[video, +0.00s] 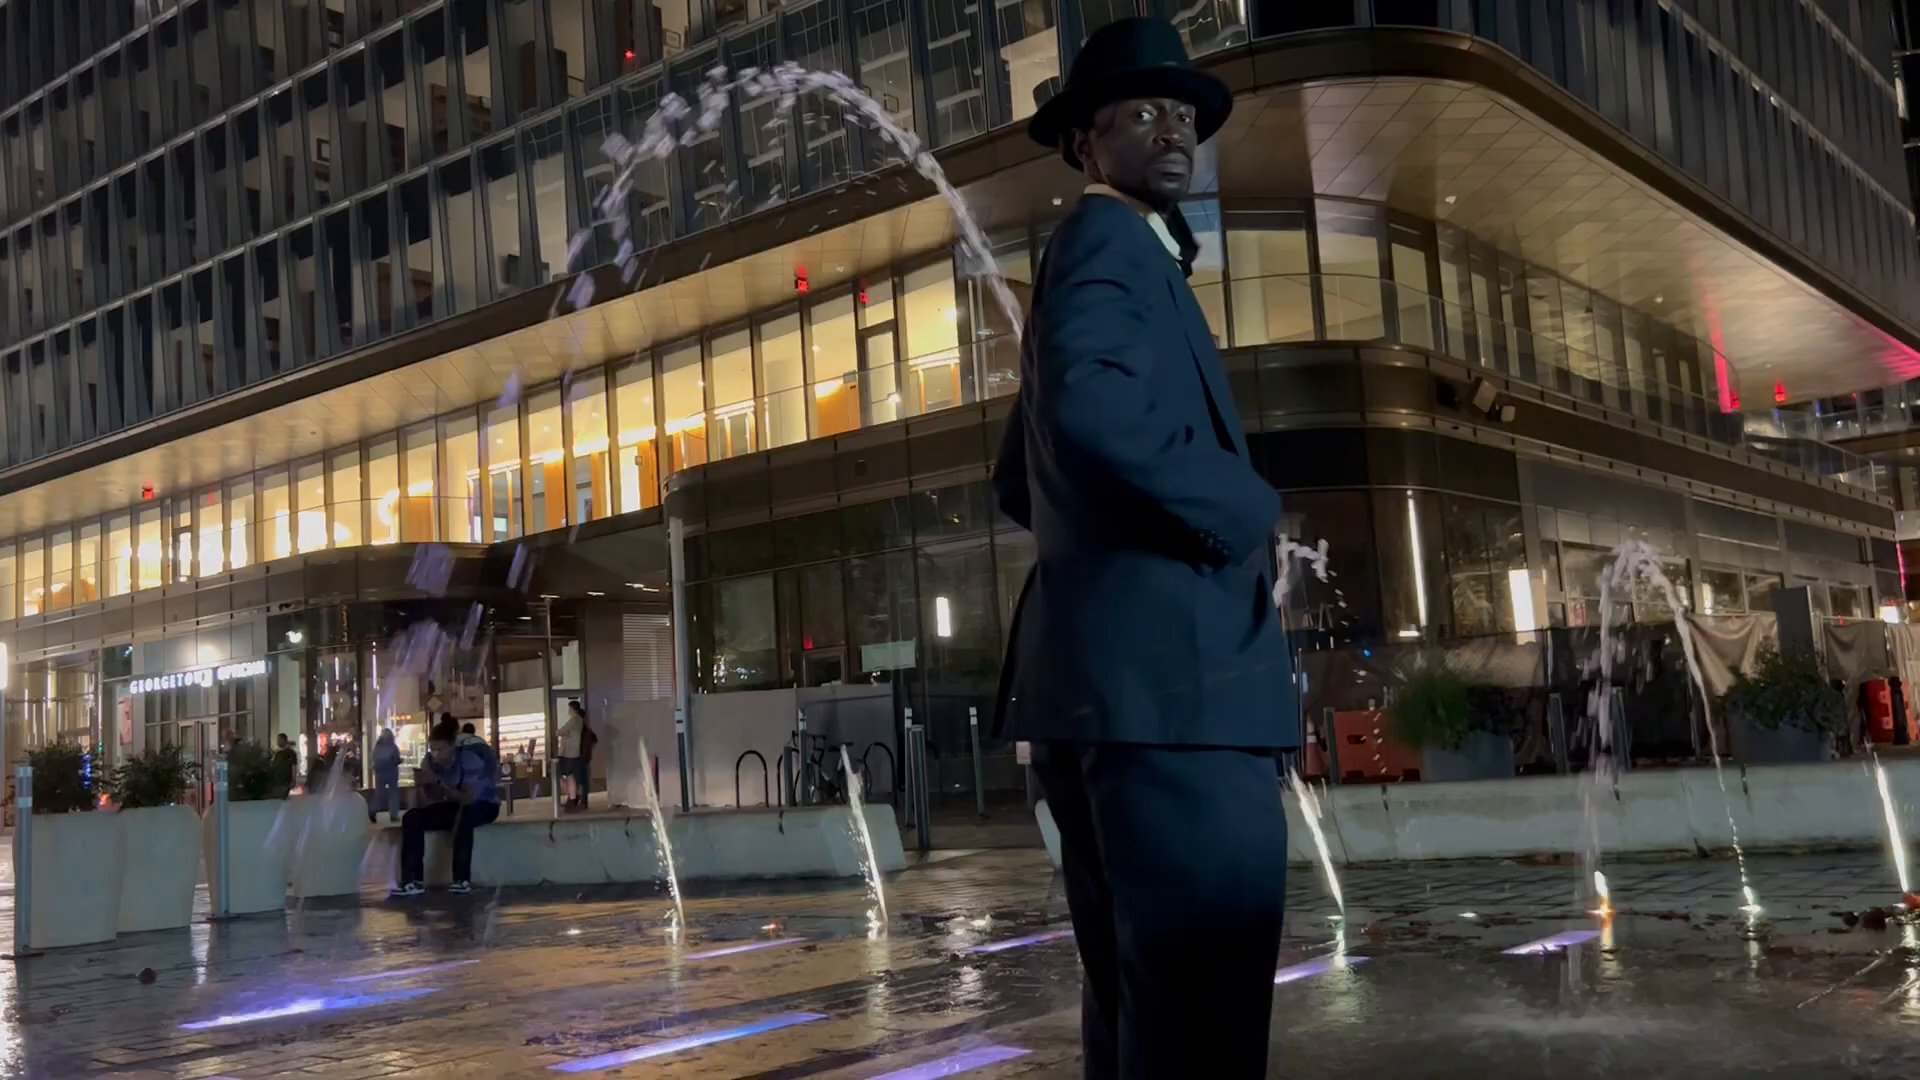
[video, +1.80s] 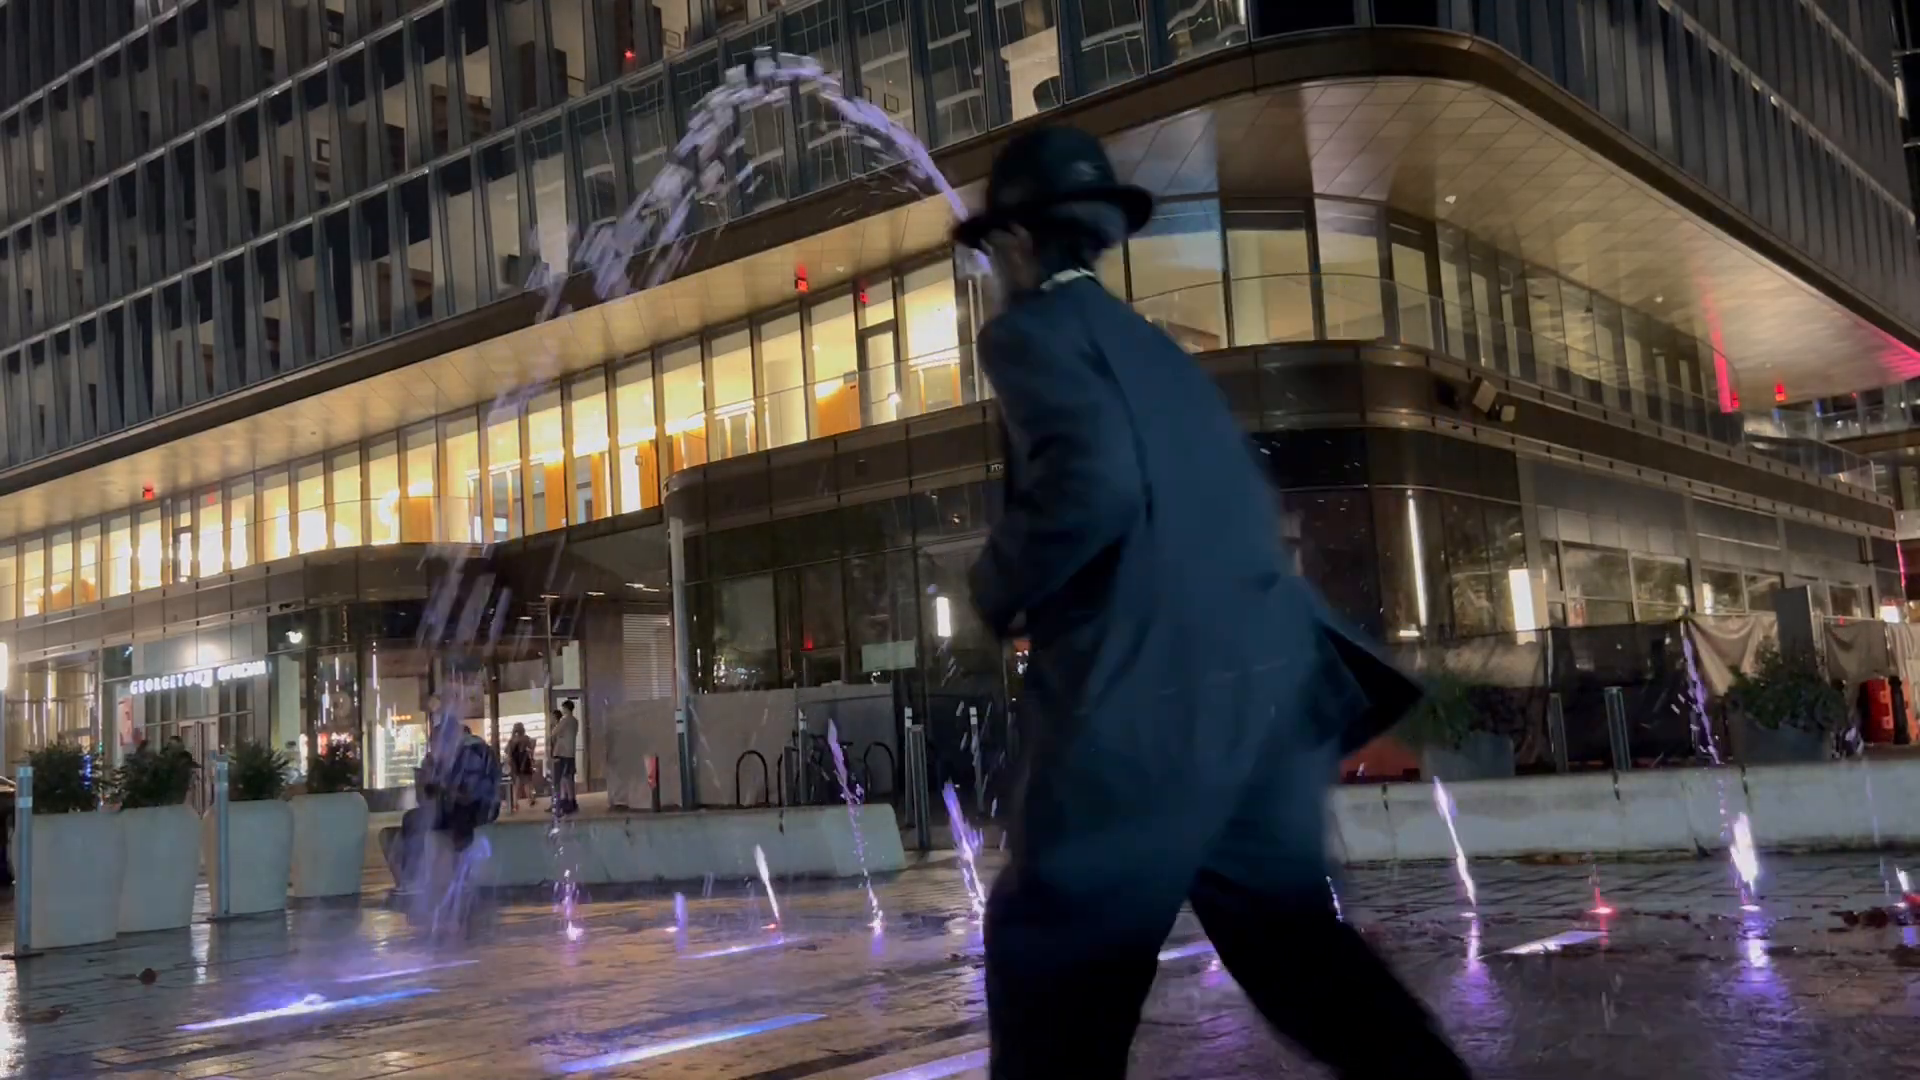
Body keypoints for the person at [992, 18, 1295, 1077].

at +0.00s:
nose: (1175, 130)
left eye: (1186, 115)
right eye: (1142, 114)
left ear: (1201, 137)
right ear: (1085, 148)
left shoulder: (1087, 254)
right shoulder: (1110, 236)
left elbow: (1018, 478)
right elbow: (1098, 409)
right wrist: (1260, 517)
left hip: (1105, 705)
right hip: (1171, 700)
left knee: (1137, 1018)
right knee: (1205, 1026)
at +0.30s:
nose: (1219, 165)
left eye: (1216, 141)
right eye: (1209, 138)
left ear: (1104, 146)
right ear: (1157, 131)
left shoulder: (1042, 282)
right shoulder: (1161, 230)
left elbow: (984, 481)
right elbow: (1178, 403)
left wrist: (1112, 543)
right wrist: (1289, 526)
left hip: (1070, 694)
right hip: (1176, 685)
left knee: (1120, 1009)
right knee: (1216, 1019)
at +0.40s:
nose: (1212, 176)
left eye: (1205, 153)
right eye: (1206, 153)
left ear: (1088, 164)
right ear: (1188, 154)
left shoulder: (1015, 294)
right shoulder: (1212, 246)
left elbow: (949, 471)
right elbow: (1280, 430)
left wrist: (1037, 557)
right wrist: (1295, 552)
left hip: (1051, 696)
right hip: (1187, 683)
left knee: (1103, 1006)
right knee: (1215, 1013)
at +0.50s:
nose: (1204, 171)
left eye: (1074, 155)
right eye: (1196, 153)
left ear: (1075, 170)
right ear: (1191, 163)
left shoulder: (1000, 292)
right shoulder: (1256, 262)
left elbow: (932, 467)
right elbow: (1351, 440)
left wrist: (1029, 555)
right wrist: (1300, 561)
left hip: (1049, 670)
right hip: (1206, 664)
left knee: (1079, 998)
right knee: (1194, 993)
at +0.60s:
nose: (1037, 184)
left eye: (1042, 162)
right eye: (1039, 163)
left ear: (1072, 160)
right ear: (1166, 161)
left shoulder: (992, 292)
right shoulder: (1269, 282)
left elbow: (925, 466)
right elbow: (1368, 436)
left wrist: (1009, 565)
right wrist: (1290, 564)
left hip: (1049, 679)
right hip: (1221, 670)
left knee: (1070, 1008)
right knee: (1199, 1000)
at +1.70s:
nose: (1024, 240)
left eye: (1026, 218)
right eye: (1026, 219)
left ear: (1050, 215)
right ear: (1133, 212)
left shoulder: (1039, 314)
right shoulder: (1241, 321)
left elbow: (1049, 463)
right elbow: (1345, 462)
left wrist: (999, 534)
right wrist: (1273, 557)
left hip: (1158, 656)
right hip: (1303, 644)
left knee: (1087, 918)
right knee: (1321, 915)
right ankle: (1406, 1078)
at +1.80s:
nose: (991, 267)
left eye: (994, 244)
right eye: (991, 246)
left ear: (1021, 239)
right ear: (1093, 240)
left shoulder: (1033, 331)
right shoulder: (1159, 349)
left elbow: (1092, 487)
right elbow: (1231, 518)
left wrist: (995, 588)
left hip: (1144, 705)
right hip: (1255, 688)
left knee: (1054, 979)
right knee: (1296, 956)